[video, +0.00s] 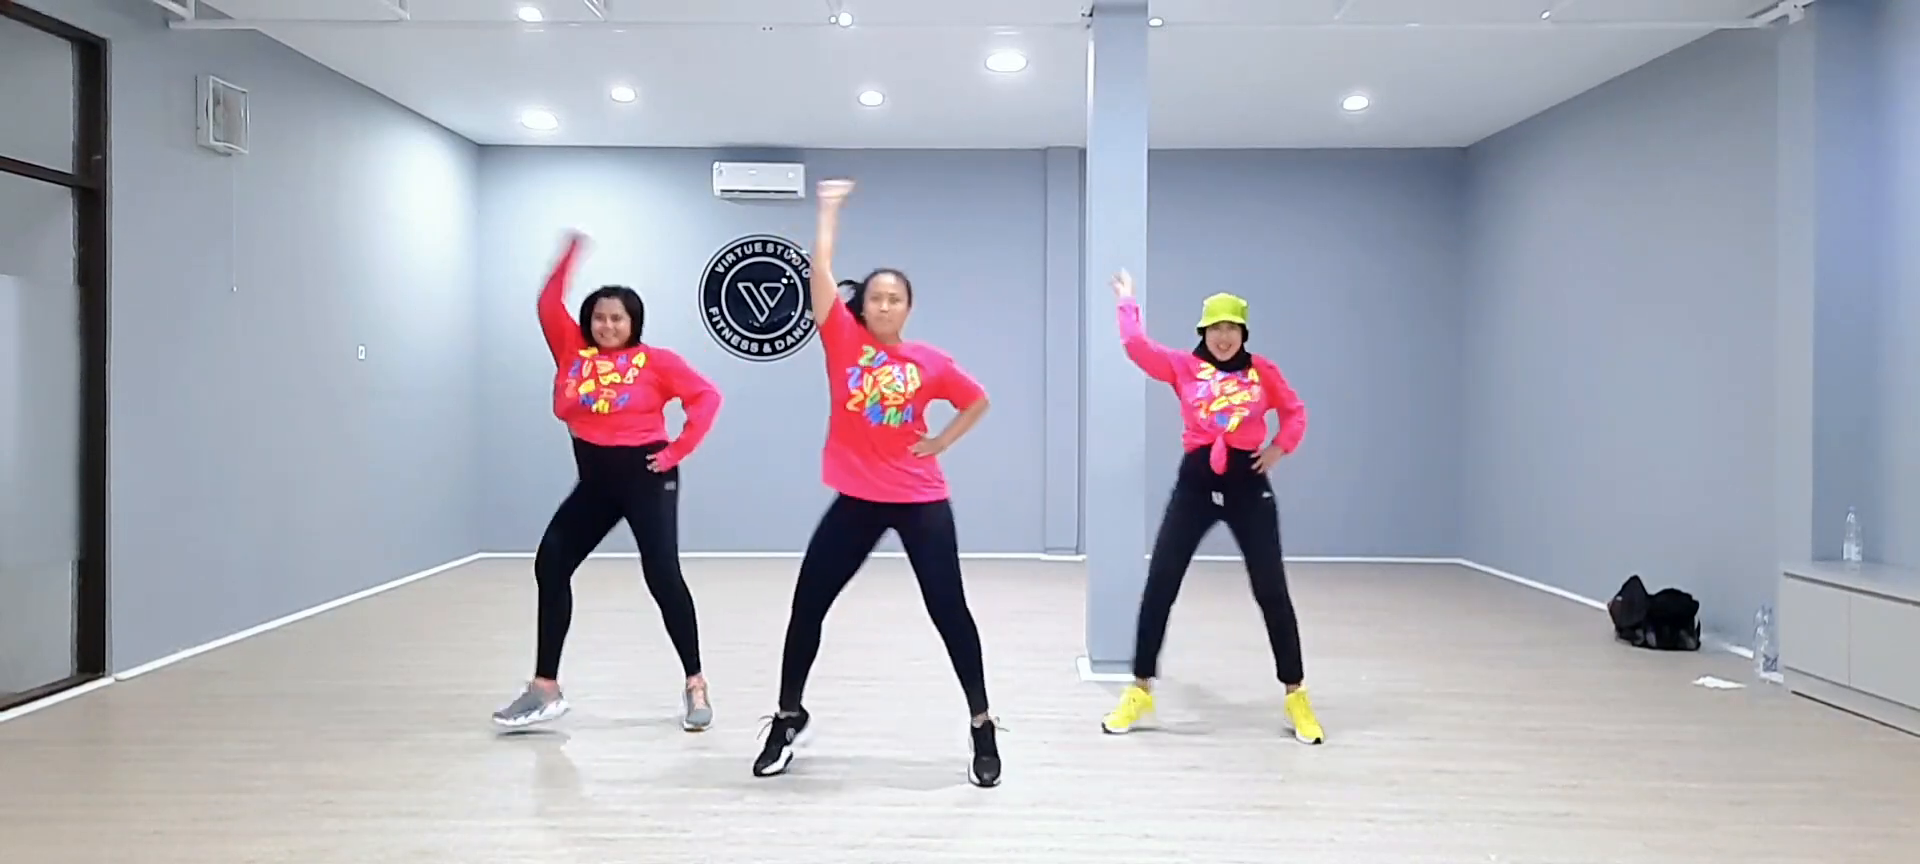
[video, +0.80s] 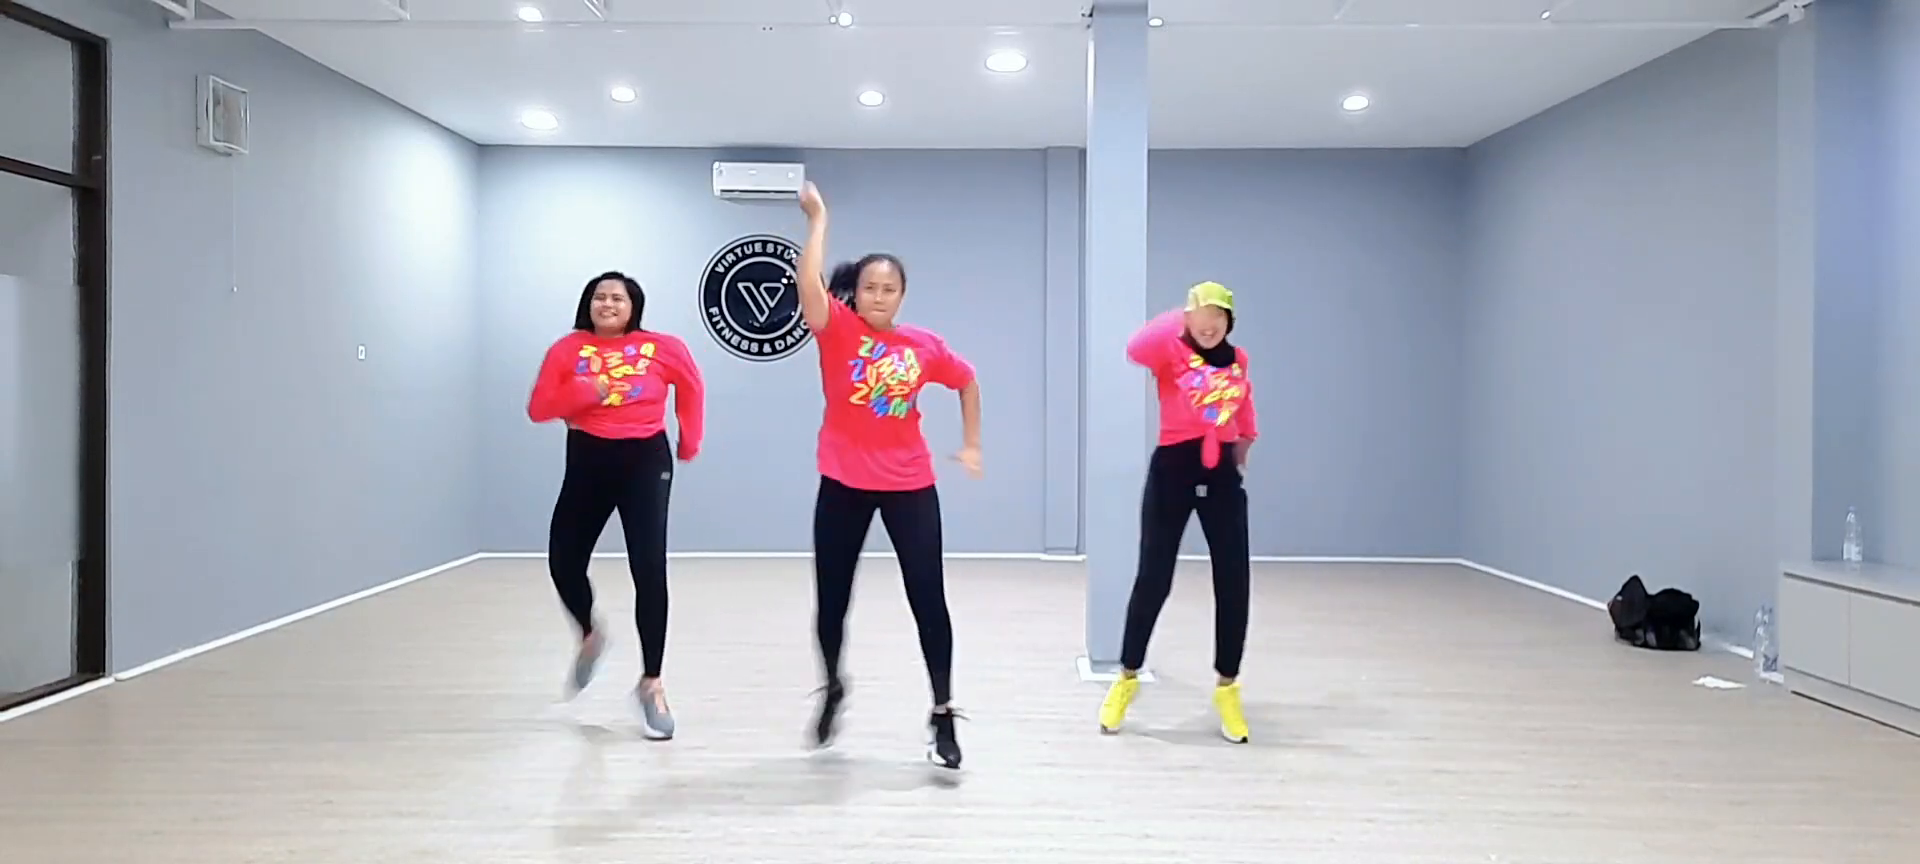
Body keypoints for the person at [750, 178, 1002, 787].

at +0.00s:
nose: (886, 306)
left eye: (896, 299)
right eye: (877, 298)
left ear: (909, 309)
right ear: (861, 306)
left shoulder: (927, 362)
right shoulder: (842, 342)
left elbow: (977, 401)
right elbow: (821, 274)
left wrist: (940, 443)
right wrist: (828, 210)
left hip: (920, 500)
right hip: (858, 499)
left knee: (948, 608)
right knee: (808, 600)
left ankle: (982, 723)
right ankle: (788, 715)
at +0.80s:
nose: (877, 297)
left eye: (888, 290)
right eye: (869, 289)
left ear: (902, 297)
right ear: (853, 294)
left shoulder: (922, 347)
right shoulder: (834, 330)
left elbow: (968, 384)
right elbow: (808, 284)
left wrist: (970, 445)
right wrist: (817, 218)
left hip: (909, 485)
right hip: (843, 484)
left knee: (928, 597)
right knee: (831, 601)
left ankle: (943, 714)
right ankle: (832, 688)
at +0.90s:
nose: (895, 312)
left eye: (904, 303)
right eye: (886, 303)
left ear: (916, 308)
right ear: (868, 306)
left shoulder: (933, 362)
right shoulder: (847, 349)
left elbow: (966, 419)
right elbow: (826, 361)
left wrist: (994, 469)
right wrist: (852, 299)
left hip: (920, 507)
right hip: (858, 506)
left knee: (923, 620)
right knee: (865, 622)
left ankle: (926, 728)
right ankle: (870, 712)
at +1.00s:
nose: (906, 339)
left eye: (916, 330)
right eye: (897, 329)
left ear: (926, 334)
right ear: (878, 329)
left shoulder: (937, 390)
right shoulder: (853, 380)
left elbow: (958, 459)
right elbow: (852, 445)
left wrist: (987, 513)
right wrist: (897, 416)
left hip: (931, 529)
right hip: (868, 531)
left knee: (931, 643)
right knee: (873, 651)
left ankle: (925, 736)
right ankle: (867, 711)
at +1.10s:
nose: (917, 340)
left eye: (926, 331)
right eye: (908, 330)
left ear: (936, 329)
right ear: (887, 324)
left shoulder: (939, 378)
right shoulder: (854, 376)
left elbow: (950, 446)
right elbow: (837, 446)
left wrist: (958, 492)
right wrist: (886, 479)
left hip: (930, 522)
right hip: (870, 524)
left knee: (933, 631)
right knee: (877, 626)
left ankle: (926, 730)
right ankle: (856, 715)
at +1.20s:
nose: (920, 336)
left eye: (929, 326)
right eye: (911, 324)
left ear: (939, 318)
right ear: (889, 313)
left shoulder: (936, 362)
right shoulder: (860, 361)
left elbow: (953, 428)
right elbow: (803, 412)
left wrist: (945, 429)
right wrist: (848, 457)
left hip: (919, 504)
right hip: (862, 501)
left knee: (936, 613)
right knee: (878, 615)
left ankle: (920, 718)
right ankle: (847, 755)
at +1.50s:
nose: (943, 350)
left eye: (946, 340)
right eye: (941, 338)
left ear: (910, 331)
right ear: (916, 330)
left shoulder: (893, 379)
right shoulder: (885, 380)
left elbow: (866, 456)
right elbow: (859, 453)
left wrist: (909, 481)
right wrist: (919, 481)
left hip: (868, 524)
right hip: (845, 526)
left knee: (912, 615)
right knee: (880, 653)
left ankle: (891, 739)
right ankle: (834, 796)